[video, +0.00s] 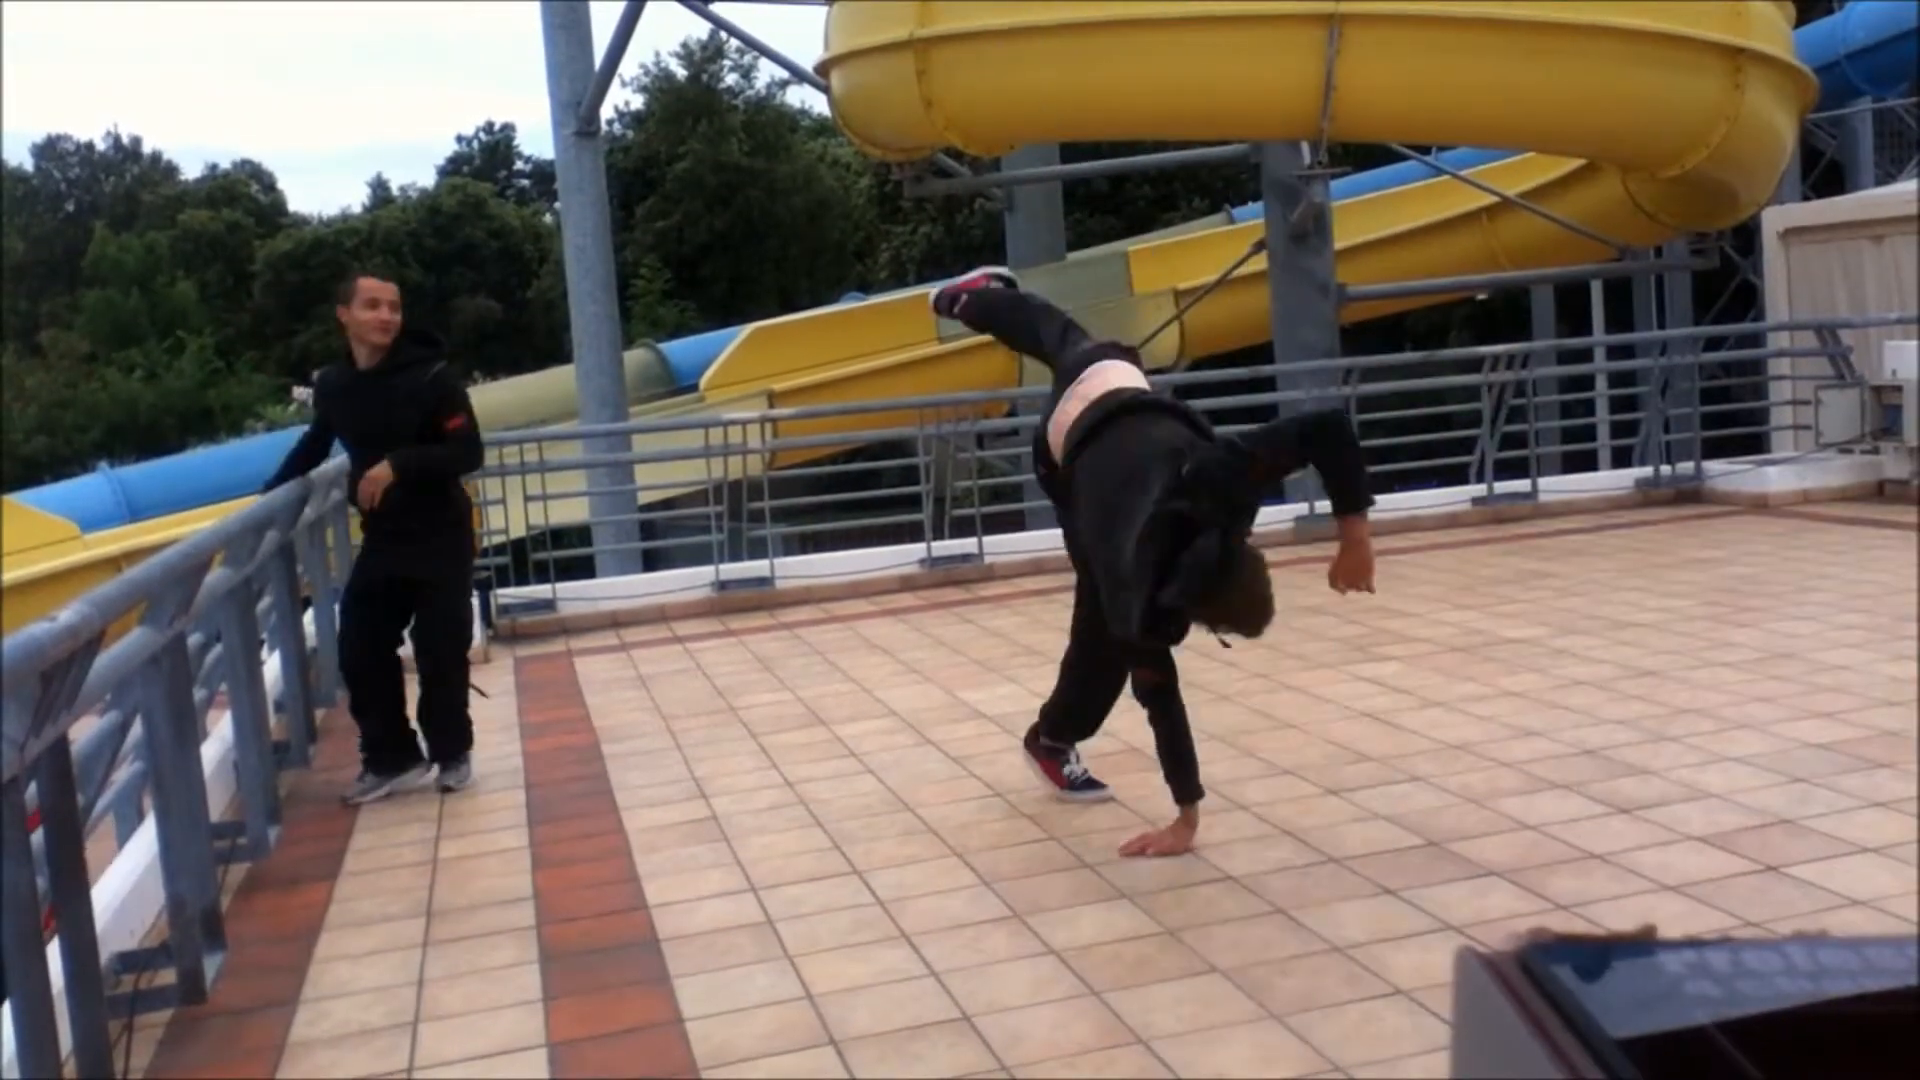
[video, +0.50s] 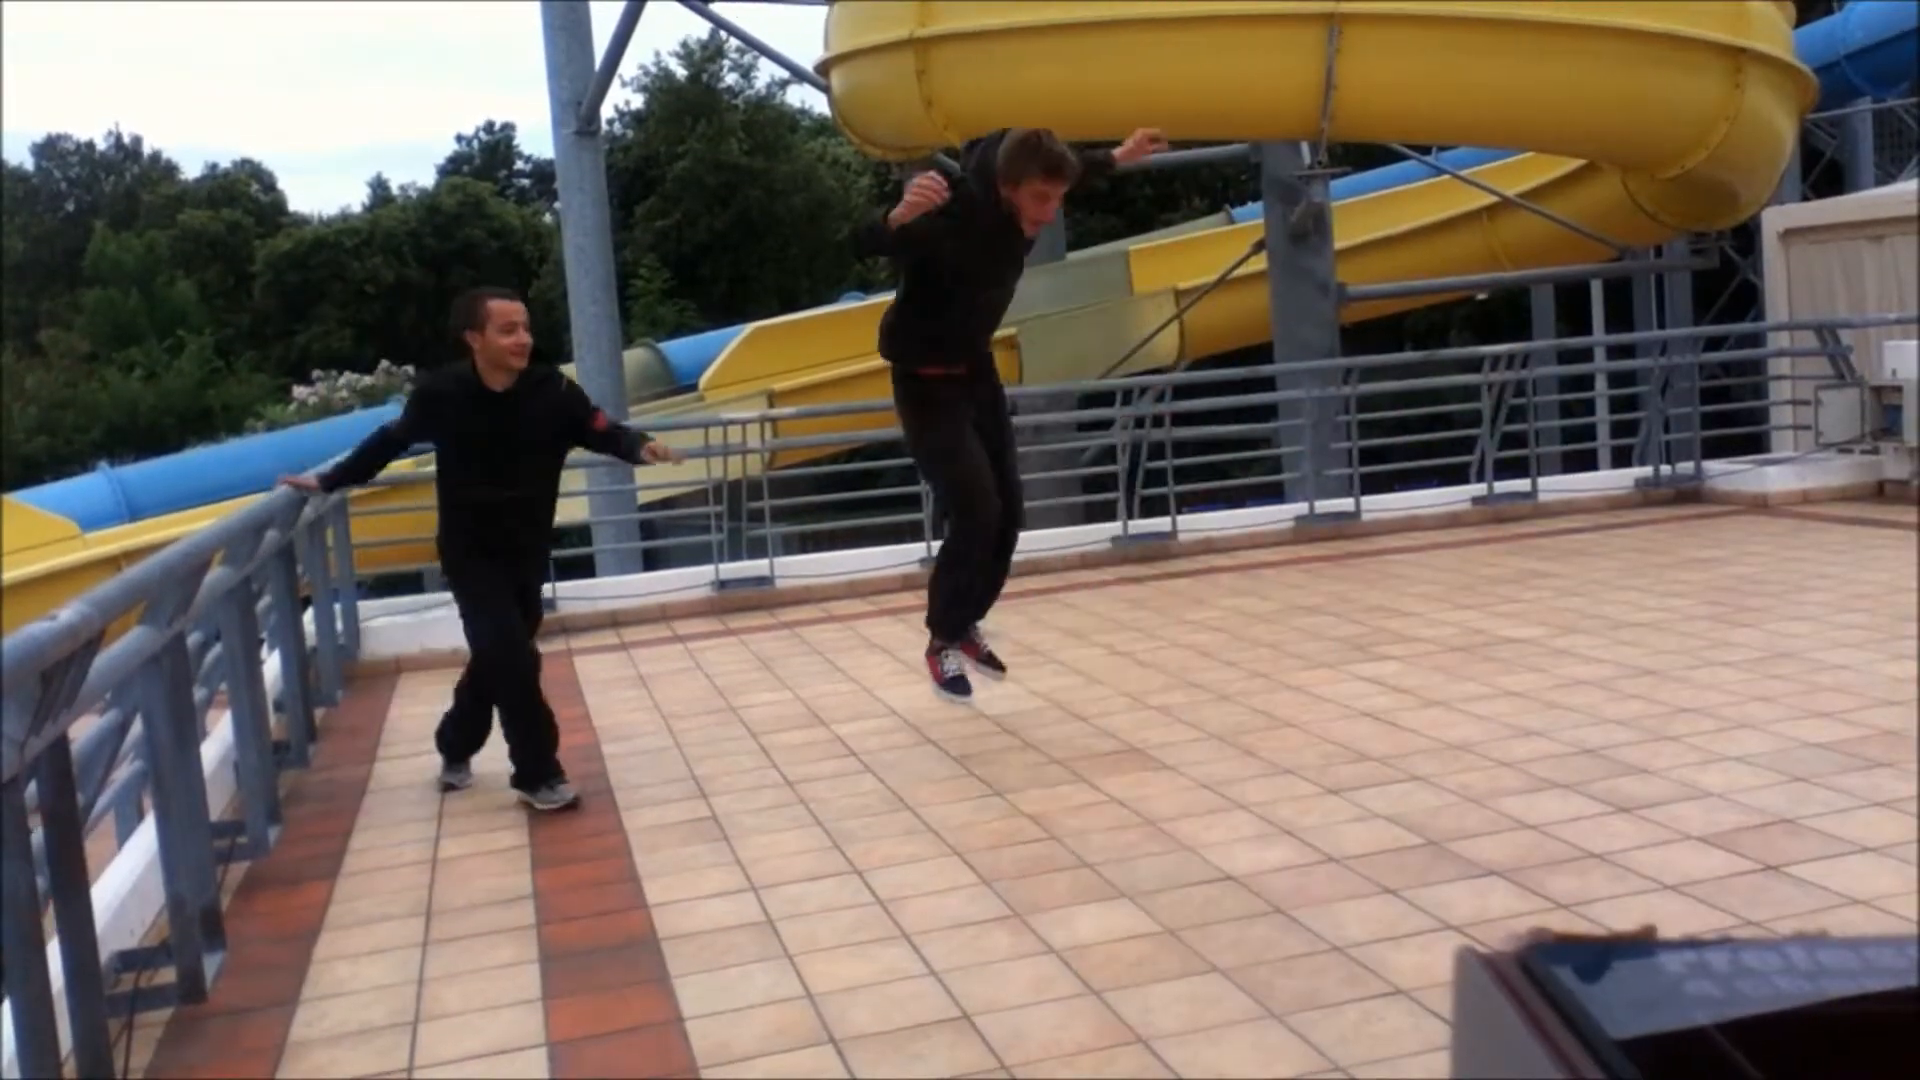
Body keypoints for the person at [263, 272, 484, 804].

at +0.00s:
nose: (385, 316)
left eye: (393, 308)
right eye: (372, 306)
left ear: (402, 317)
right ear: (344, 316)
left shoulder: (430, 375)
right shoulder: (335, 385)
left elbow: (468, 451)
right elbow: (315, 444)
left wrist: (396, 465)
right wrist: (272, 496)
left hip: (442, 530)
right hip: (383, 532)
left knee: (441, 646)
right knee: (360, 644)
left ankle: (452, 753)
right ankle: (392, 756)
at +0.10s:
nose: (422, 321)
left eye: (427, 312)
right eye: (409, 311)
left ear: (434, 320)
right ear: (378, 319)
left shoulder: (459, 379)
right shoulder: (358, 388)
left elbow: (514, 447)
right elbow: (329, 439)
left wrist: (470, 454)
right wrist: (281, 477)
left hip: (458, 535)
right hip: (396, 538)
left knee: (462, 646)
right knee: (355, 640)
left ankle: (459, 753)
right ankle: (378, 746)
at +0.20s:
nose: (451, 307)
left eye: (455, 297)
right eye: (438, 297)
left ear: (461, 306)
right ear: (406, 305)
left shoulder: (484, 368)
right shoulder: (376, 373)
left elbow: (532, 436)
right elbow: (341, 426)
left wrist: (511, 442)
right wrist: (302, 460)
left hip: (474, 530)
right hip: (407, 532)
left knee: (472, 644)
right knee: (392, 640)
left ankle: (463, 744)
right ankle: (422, 752)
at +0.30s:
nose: (477, 302)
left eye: (481, 292)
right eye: (464, 293)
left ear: (485, 299)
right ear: (429, 300)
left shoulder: (503, 358)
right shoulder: (394, 365)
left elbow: (558, 428)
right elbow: (348, 418)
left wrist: (542, 428)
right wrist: (303, 461)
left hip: (490, 523)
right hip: (429, 527)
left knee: (483, 641)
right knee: (448, 644)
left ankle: (463, 753)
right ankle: (470, 762)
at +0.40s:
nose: (499, 328)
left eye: (502, 318)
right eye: (485, 319)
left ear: (507, 323)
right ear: (451, 327)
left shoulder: (525, 379)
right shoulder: (420, 385)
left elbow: (571, 418)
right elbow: (367, 429)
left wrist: (590, 429)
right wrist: (312, 470)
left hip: (505, 538)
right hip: (445, 540)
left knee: (492, 646)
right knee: (490, 646)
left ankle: (453, 747)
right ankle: (517, 771)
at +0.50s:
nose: (522, 339)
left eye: (526, 329)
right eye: (508, 331)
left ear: (531, 333)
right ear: (473, 340)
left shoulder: (550, 392)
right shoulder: (443, 397)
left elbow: (599, 430)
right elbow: (388, 442)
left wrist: (638, 445)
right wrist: (328, 480)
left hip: (528, 550)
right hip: (469, 551)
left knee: (502, 655)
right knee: (511, 654)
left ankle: (456, 746)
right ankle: (538, 775)